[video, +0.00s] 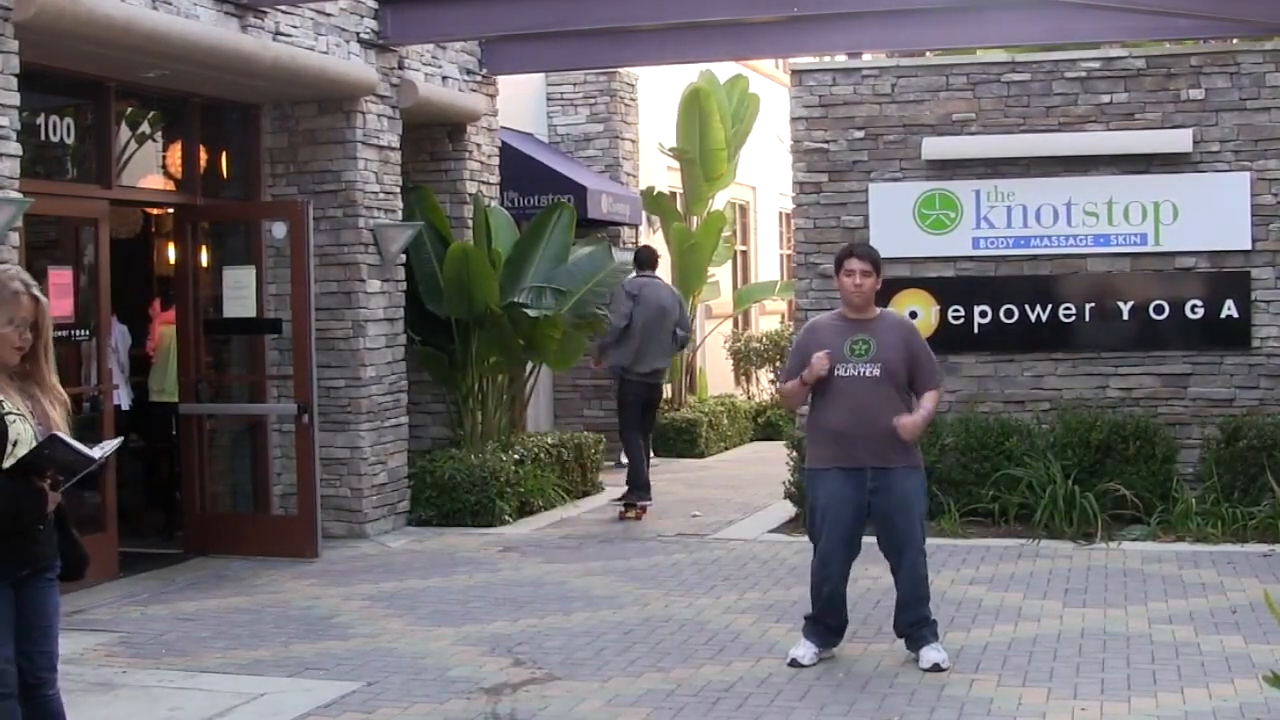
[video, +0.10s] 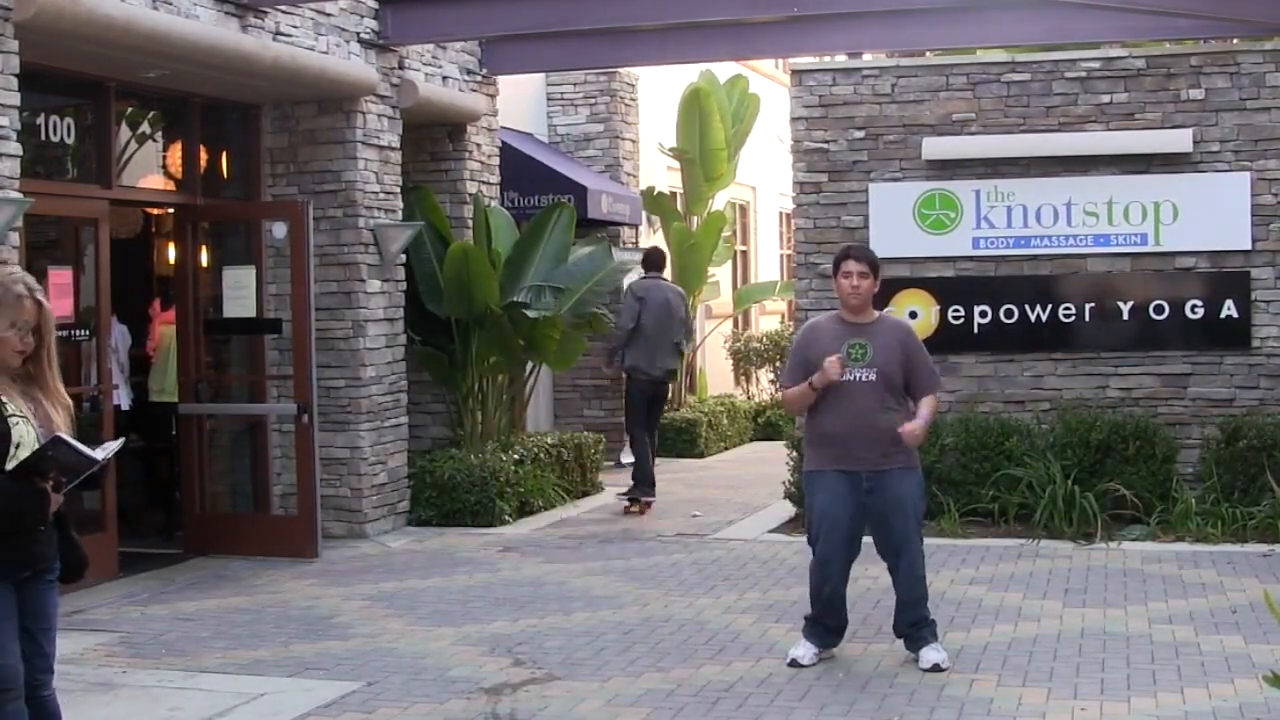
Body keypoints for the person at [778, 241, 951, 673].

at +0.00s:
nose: (856, 281)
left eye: (864, 274)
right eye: (848, 273)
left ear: (878, 281)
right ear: (836, 280)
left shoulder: (902, 329)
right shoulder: (815, 332)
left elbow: (930, 387)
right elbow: (787, 398)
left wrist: (920, 417)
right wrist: (807, 378)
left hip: (897, 463)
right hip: (831, 465)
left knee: (909, 554)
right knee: (829, 554)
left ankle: (922, 638)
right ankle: (819, 635)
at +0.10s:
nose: (853, 282)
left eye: (861, 276)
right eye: (845, 275)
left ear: (876, 283)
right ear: (834, 283)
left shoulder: (899, 332)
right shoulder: (813, 334)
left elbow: (927, 392)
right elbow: (790, 403)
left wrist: (920, 422)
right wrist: (817, 381)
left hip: (895, 465)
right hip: (829, 467)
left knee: (907, 555)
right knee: (828, 555)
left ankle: (921, 638)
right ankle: (820, 635)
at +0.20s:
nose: (852, 283)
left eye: (861, 276)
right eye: (845, 275)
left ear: (875, 283)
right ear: (833, 281)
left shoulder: (898, 332)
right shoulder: (810, 334)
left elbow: (926, 393)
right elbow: (790, 399)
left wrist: (912, 409)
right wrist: (819, 400)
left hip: (889, 466)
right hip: (824, 467)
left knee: (903, 553)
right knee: (822, 554)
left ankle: (922, 638)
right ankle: (820, 634)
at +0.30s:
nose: (852, 282)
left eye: (861, 275)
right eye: (845, 274)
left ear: (875, 282)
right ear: (833, 281)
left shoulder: (897, 331)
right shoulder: (810, 332)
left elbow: (925, 397)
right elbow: (787, 392)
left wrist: (908, 392)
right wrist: (810, 415)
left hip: (885, 465)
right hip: (822, 464)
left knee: (898, 551)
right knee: (818, 553)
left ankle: (921, 637)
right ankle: (818, 634)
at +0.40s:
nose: (857, 281)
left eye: (866, 273)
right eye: (849, 273)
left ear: (878, 281)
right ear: (837, 281)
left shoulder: (900, 331)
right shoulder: (812, 331)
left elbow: (925, 398)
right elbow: (784, 388)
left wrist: (904, 380)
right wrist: (798, 421)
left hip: (886, 465)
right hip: (823, 464)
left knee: (897, 551)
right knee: (819, 553)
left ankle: (920, 638)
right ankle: (818, 634)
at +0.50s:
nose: (861, 281)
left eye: (869, 274)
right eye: (853, 274)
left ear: (882, 282)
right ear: (840, 282)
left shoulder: (904, 331)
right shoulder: (815, 332)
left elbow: (930, 396)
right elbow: (786, 384)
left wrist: (909, 385)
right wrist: (790, 417)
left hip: (891, 465)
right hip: (826, 465)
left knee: (904, 552)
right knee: (824, 555)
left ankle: (922, 638)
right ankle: (819, 635)